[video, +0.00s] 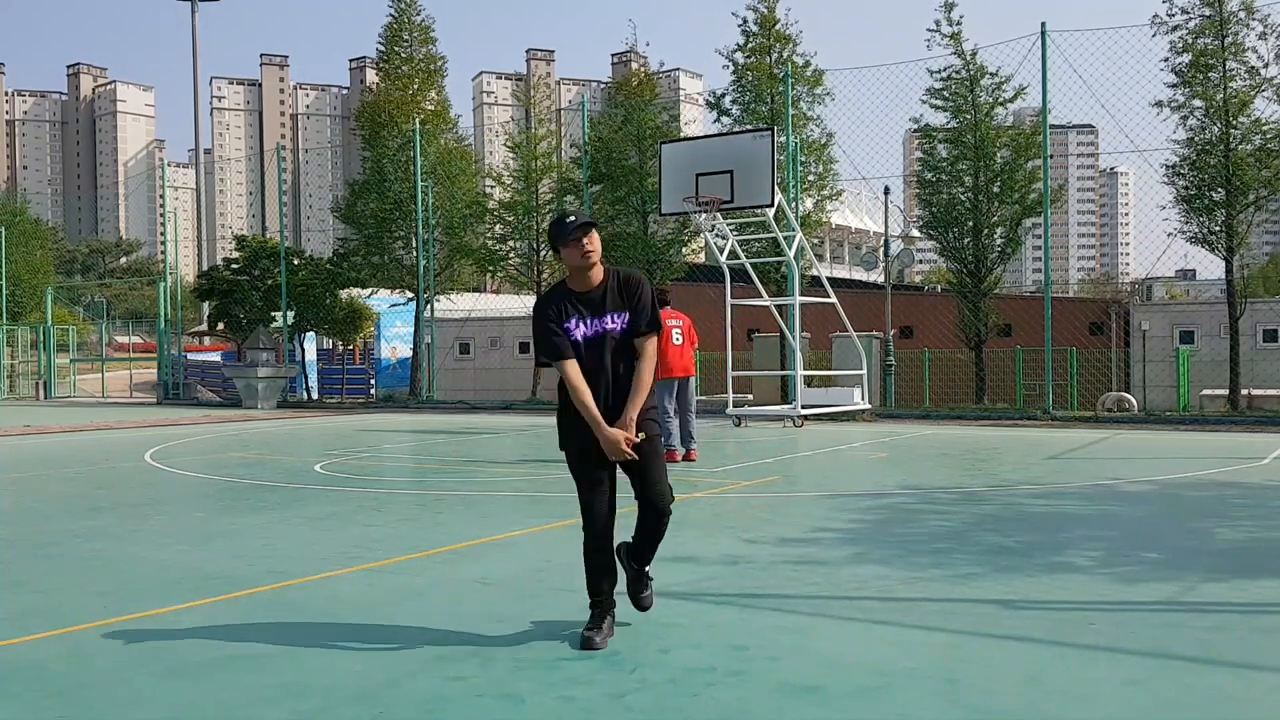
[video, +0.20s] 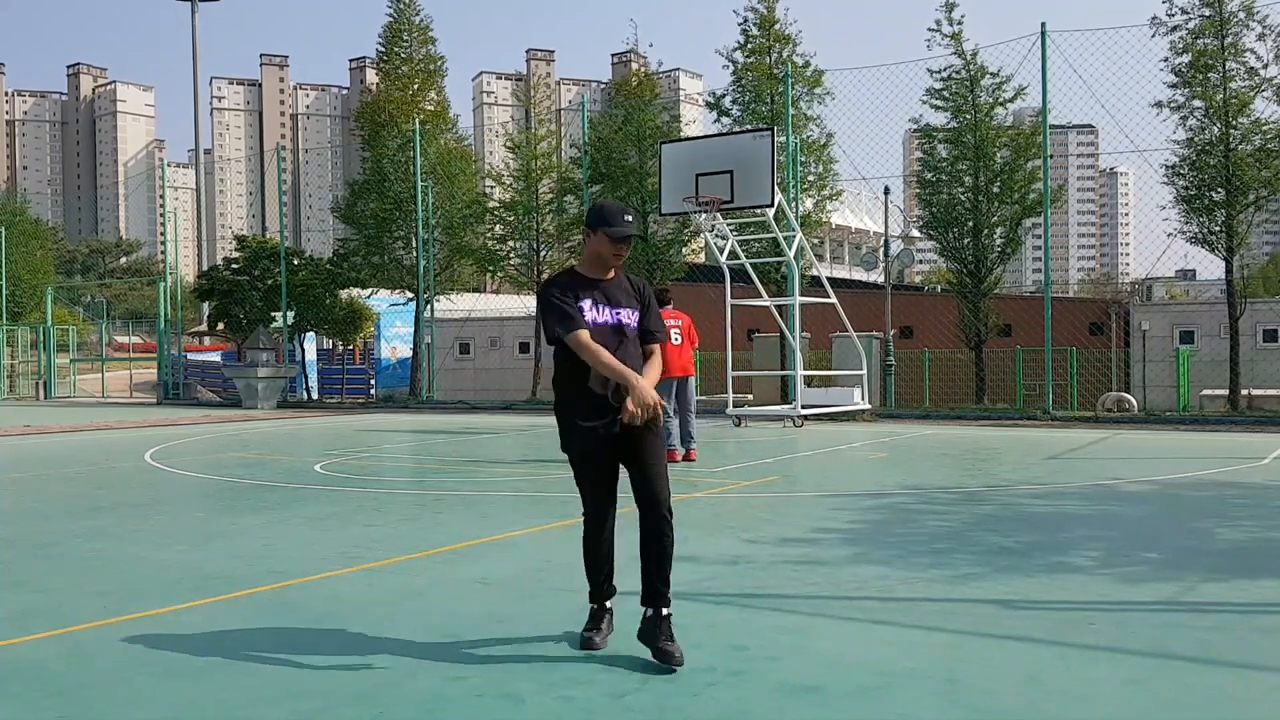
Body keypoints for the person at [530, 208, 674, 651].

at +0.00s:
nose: (583, 245)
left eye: (587, 236)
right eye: (572, 242)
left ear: (600, 240)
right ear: (559, 254)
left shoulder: (634, 286)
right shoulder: (550, 306)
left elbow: (647, 356)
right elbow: (572, 377)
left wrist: (629, 418)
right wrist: (602, 431)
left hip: (637, 414)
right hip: (584, 422)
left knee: (659, 502)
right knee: (597, 520)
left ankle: (637, 560)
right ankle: (601, 610)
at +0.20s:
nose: (623, 249)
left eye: (628, 241)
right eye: (615, 241)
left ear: (630, 241)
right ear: (589, 236)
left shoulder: (639, 291)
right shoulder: (559, 289)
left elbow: (655, 356)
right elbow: (583, 346)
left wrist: (642, 392)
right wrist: (633, 380)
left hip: (640, 417)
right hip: (588, 422)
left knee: (658, 510)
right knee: (599, 514)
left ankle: (657, 617)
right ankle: (601, 608)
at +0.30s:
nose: (635, 253)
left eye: (641, 247)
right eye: (628, 243)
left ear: (643, 252)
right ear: (602, 239)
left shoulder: (643, 303)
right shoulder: (566, 292)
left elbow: (654, 364)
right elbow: (587, 338)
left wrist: (648, 403)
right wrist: (644, 371)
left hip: (639, 428)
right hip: (586, 432)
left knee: (652, 529)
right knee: (598, 527)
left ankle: (669, 639)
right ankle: (601, 609)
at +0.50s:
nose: (646, 235)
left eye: (654, 231)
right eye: (637, 225)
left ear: (658, 244)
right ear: (612, 229)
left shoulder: (665, 294)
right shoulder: (575, 284)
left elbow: (680, 364)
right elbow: (593, 347)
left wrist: (633, 408)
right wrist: (636, 394)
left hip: (646, 431)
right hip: (585, 429)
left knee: (656, 530)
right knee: (578, 536)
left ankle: (669, 642)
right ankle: (605, 582)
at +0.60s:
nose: (618, 244)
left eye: (629, 236)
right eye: (610, 234)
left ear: (646, 242)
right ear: (599, 236)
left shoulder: (665, 294)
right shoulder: (574, 288)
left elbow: (666, 363)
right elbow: (578, 351)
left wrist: (616, 415)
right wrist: (604, 394)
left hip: (642, 431)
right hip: (579, 429)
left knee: (652, 539)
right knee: (547, 519)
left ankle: (669, 644)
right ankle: (599, 579)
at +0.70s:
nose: (596, 241)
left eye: (605, 233)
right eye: (589, 233)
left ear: (629, 232)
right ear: (582, 235)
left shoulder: (652, 284)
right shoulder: (569, 285)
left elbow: (639, 353)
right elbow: (559, 344)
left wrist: (594, 419)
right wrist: (572, 383)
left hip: (630, 420)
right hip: (574, 418)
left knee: (643, 534)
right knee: (522, 507)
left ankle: (669, 643)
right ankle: (569, 602)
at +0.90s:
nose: (557, 243)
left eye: (567, 234)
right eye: (551, 234)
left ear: (592, 234)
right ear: (545, 239)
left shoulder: (613, 285)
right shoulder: (545, 295)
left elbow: (605, 363)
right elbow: (525, 361)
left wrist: (561, 434)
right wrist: (529, 405)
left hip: (596, 444)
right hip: (540, 441)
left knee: (624, 548)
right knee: (499, 546)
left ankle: (682, 646)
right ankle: (479, 664)